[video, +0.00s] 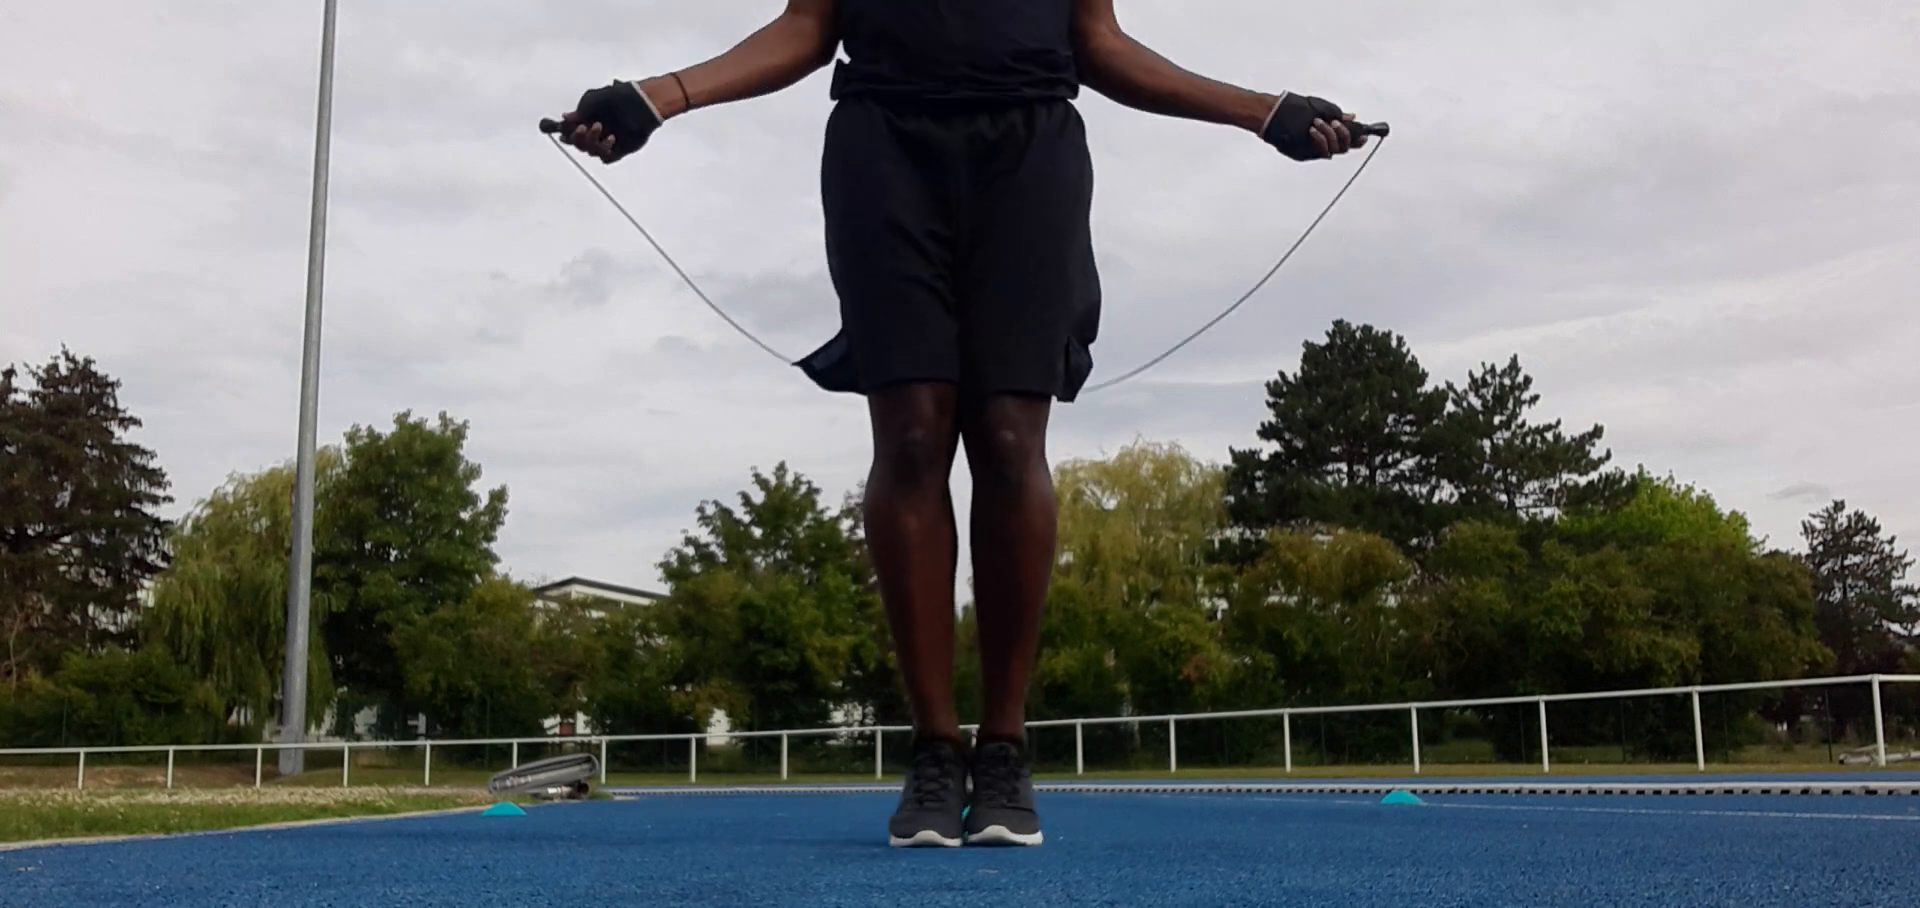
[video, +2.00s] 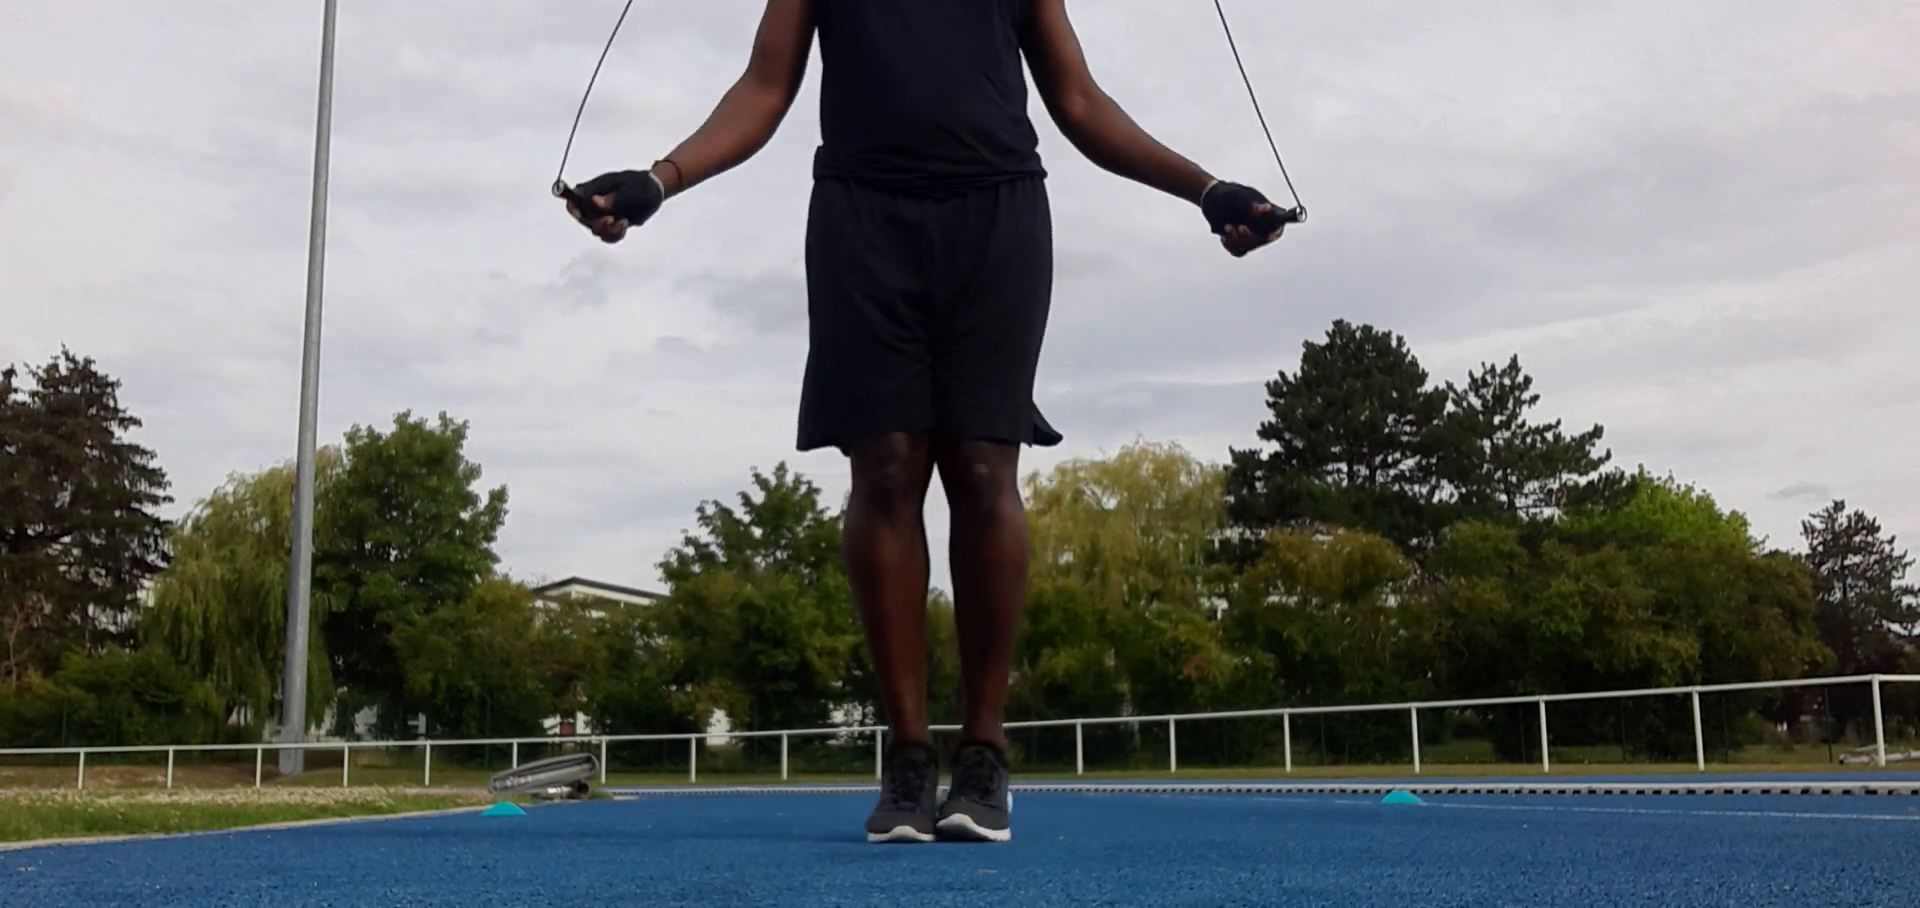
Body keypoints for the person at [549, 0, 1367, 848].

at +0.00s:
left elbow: (1104, 48)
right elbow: (802, 32)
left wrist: (1267, 110)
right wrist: (658, 95)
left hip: (1033, 129)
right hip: (882, 128)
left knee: (1008, 432)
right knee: (912, 428)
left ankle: (1003, 750)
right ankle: (935, 753)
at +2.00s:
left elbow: (1077, 98)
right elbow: (765, 84)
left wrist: (1206, 186)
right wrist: (659, 178)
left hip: (997, 206)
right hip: (863, 208)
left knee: (981, 469)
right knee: (886, 467)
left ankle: (982, 760)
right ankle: (908, 766)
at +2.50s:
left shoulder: (1013, 4)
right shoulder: (810, 2)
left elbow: (1062, 105)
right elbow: (764, 87)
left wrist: (1205, 192)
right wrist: (633, 190)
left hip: (987, 188)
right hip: (853, 186)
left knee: (964, 452)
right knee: (880, 450)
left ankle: (960, 739)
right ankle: (899, 741)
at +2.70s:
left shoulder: (1013, 4)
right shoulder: (804, 2)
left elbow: (1068, 116)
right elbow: (755, 100)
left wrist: (1205, 172)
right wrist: (638, 157)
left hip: (981, 221)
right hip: (850, 220)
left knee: (962, 478)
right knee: (872, 476)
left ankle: (957, 763)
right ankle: (893, 767)